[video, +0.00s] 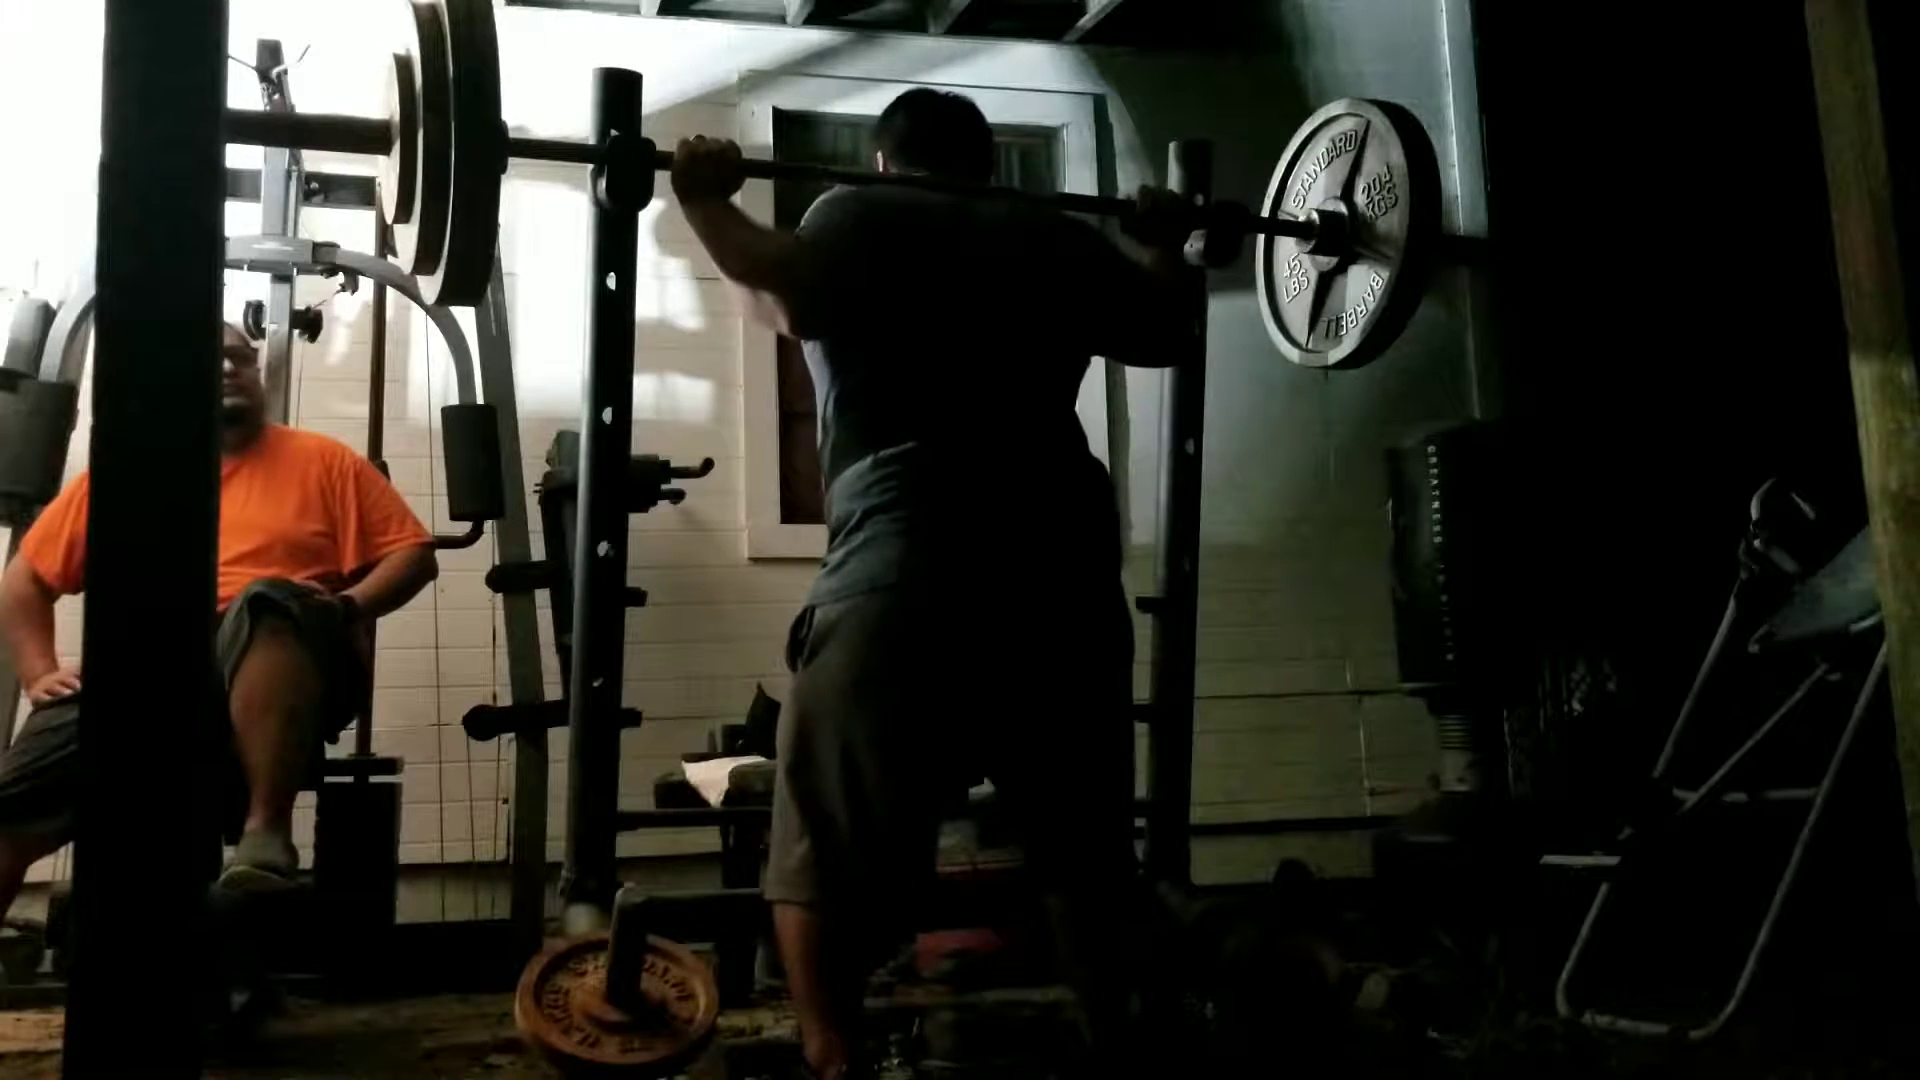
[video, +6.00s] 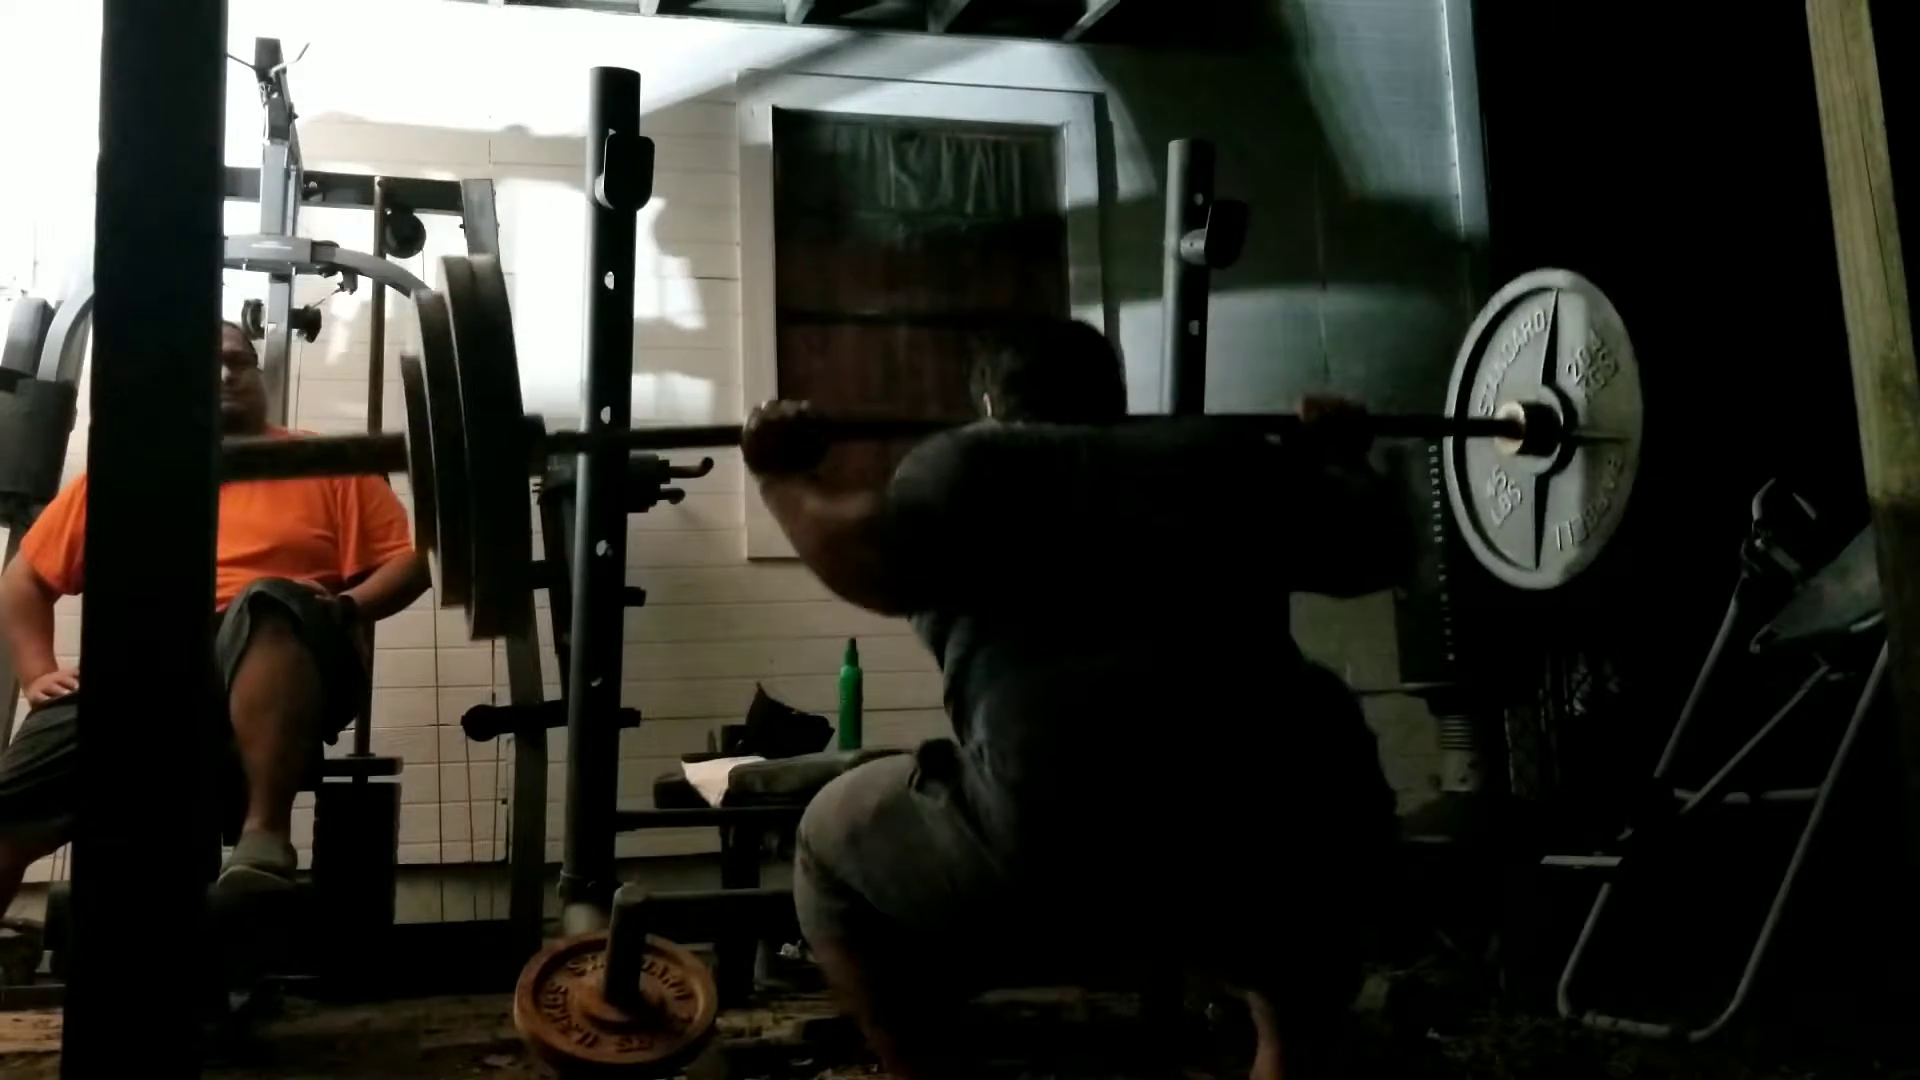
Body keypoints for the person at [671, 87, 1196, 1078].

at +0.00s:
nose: (870, 172)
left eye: (874, 158)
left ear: (883, 158)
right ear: (990, 165)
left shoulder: (850, 216)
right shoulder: (1055, 239)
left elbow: (770, 272)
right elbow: (1170, 332)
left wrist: (704, 193)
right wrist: (1164, 247)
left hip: (898, 563)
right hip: (1062, 566)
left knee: (822, 830)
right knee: (1085, 834)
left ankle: (830, 1053)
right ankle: (1121, 1042)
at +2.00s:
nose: (945, 96)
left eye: (949, 82)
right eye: (952, 84)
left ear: (967, 83)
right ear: (1067, 87)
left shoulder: (935, 140)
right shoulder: (1164, 162)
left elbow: (842, 199)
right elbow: (1281, 259)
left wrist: (774, 116)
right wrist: (1267, 163)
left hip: (967, 539)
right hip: (1148, 537)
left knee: (892, 831)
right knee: (1158, 833)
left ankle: (850, 1059)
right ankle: (1179, 1059)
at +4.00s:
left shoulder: (968, 51)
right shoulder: (1220, 75)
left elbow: (889, 143)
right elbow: (1364, 169)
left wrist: (783, 42)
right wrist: (1342, 78)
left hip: (1024, 486)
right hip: (1226, 483)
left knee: (968, 847)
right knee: (1261, 834)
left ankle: (955, 1063)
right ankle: (1289, 1060)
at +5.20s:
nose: (977, 165)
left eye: (975, 150)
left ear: (980, 151)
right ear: (1107, 147)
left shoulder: (950, 215)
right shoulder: (1200, 220)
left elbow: (847, 288)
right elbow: (1346, 300)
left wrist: (768, 204)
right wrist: (1324, 204)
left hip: (1036, 563)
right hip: (1248, 559)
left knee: (904, 846)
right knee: (1237, 836)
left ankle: (935, 1062)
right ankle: (1281, 1058)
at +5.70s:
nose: (978, 327)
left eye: (982, 312)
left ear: (992, 320)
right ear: (1112, 314)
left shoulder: (960, 389)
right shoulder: (1212, 380)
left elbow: (849, 467)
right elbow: (1374, 463)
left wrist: (784, 392)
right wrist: (1340, 375)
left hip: (1060, 731)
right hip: (1289, 715)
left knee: (876, 845)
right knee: (1275, 884)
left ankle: (928, 1062)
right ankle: (1291, 1060)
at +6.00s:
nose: (975, 415)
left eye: (978, 404)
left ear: (995, 408)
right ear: (1119, 395)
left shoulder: (963, 473)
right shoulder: (1218, 460)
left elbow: (868, 565)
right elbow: (1375, 559)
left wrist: (777, 475)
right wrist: (1341, 449)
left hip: (1051, 844)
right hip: (1259, 828)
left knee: (835, 831)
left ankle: (906, 1058)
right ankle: (1287, 1054)